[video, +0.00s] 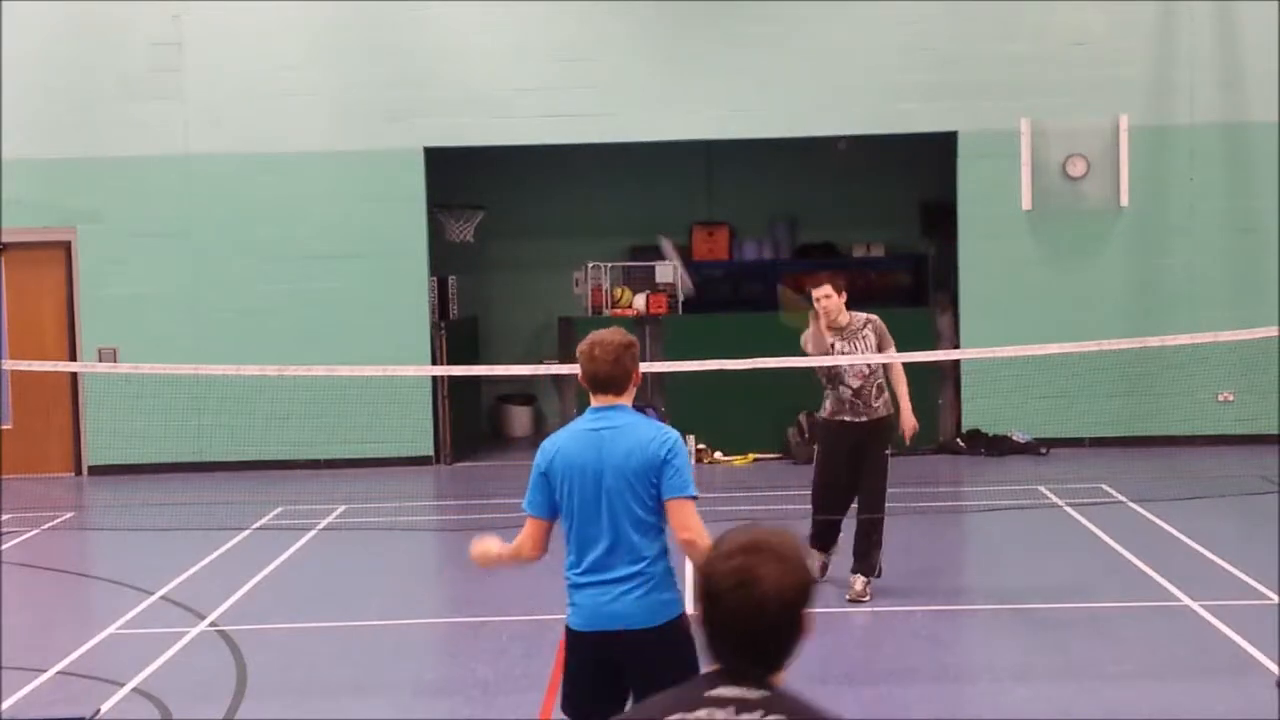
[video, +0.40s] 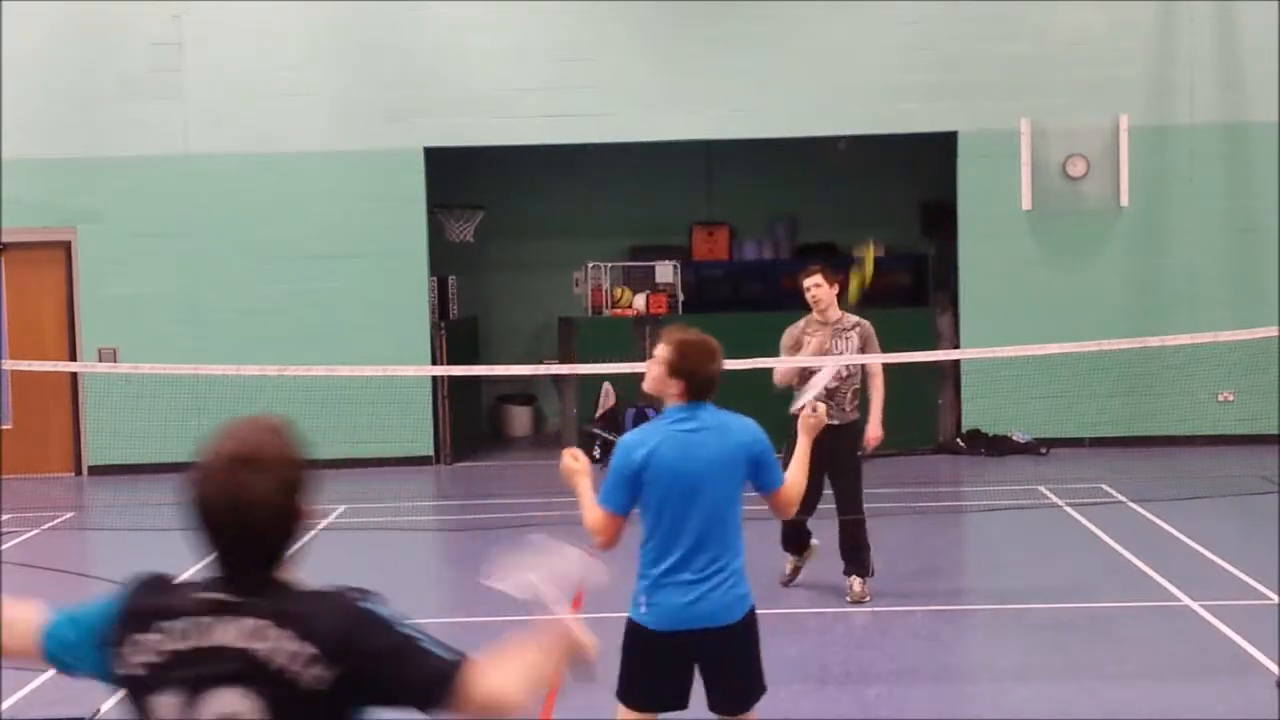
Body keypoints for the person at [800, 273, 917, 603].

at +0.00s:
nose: (821, 305)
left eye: (826, 298)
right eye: (816, 301)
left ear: (842, 297)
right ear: (811, 305)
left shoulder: (872, 325)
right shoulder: (813, 336)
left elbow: (894, 367)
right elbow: (819, 348)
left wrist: (906, 410)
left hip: (875, 424)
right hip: (835, 426)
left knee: (871, 501)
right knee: (826, 496)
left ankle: (862, 574)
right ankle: (821, 548)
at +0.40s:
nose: (812, 294)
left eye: (817, 286)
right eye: (807, 289)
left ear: (834, 288)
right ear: (803, 296)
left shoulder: (860, 330)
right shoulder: (795, 333)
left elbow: (875, 378)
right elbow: (781, 379)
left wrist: (874, 421)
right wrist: (806, 353)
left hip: (845, 428)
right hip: (805, 427)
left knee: (850, 503)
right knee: (798, 496)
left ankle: (857, 572)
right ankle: (798, 547)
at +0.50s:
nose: (803, 297)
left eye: (807, 290)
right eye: (798, 293)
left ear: (825, 292)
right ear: (794, 299)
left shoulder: (849, 331)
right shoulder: (785, 334)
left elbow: (864, 381)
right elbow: (772, 378)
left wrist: (856, 426)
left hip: (834, 426)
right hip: (793, 426)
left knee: (843, 504)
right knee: (781, 494)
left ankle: (856, 573)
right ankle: (786, 549)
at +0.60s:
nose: (789, 307)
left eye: (795, 300)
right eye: (784, 303)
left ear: (812, 303)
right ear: (781, 309)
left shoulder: (836, 341)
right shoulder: (772, 345)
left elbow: (849, 391)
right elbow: (761, 392)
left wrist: (830, 436)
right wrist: (754, 431)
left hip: (818, 439)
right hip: (777, 439)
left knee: (836, 511)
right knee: (766, 505)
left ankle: (857, 573)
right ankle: (764, 560)